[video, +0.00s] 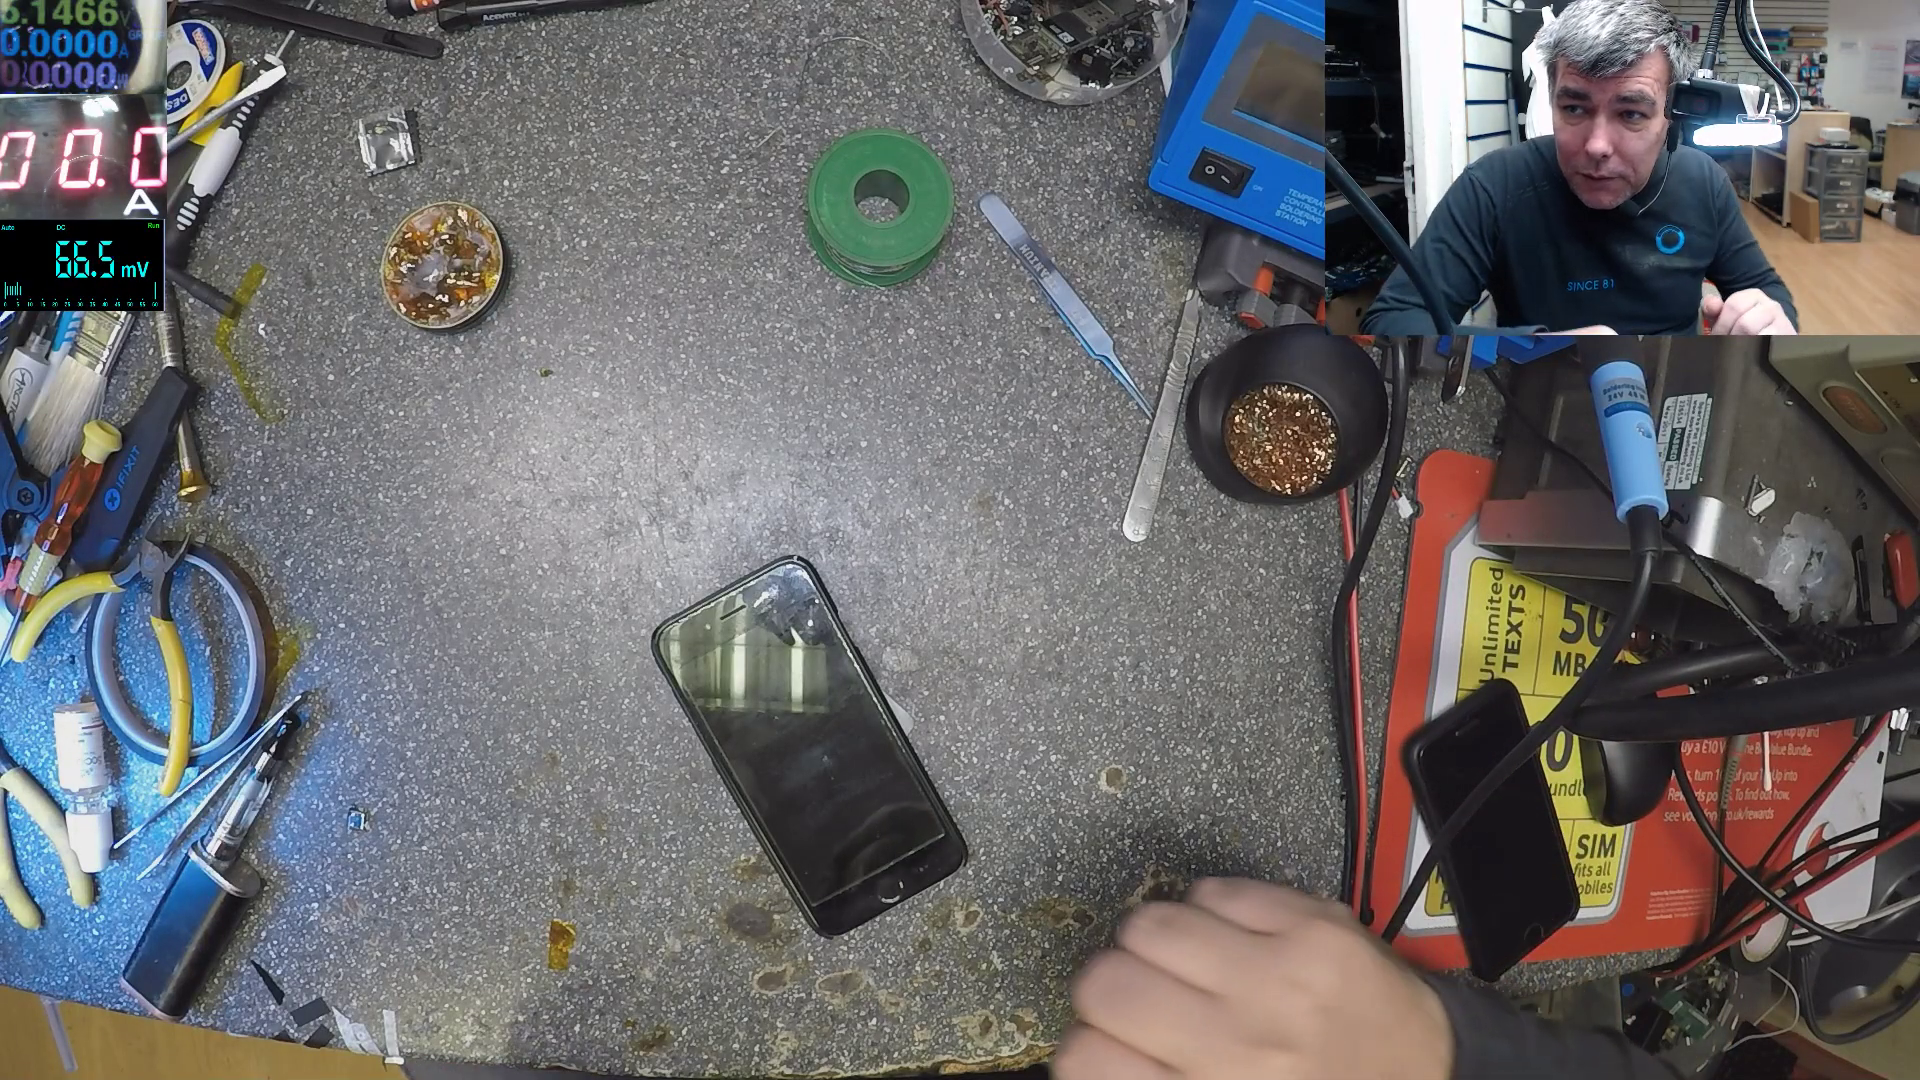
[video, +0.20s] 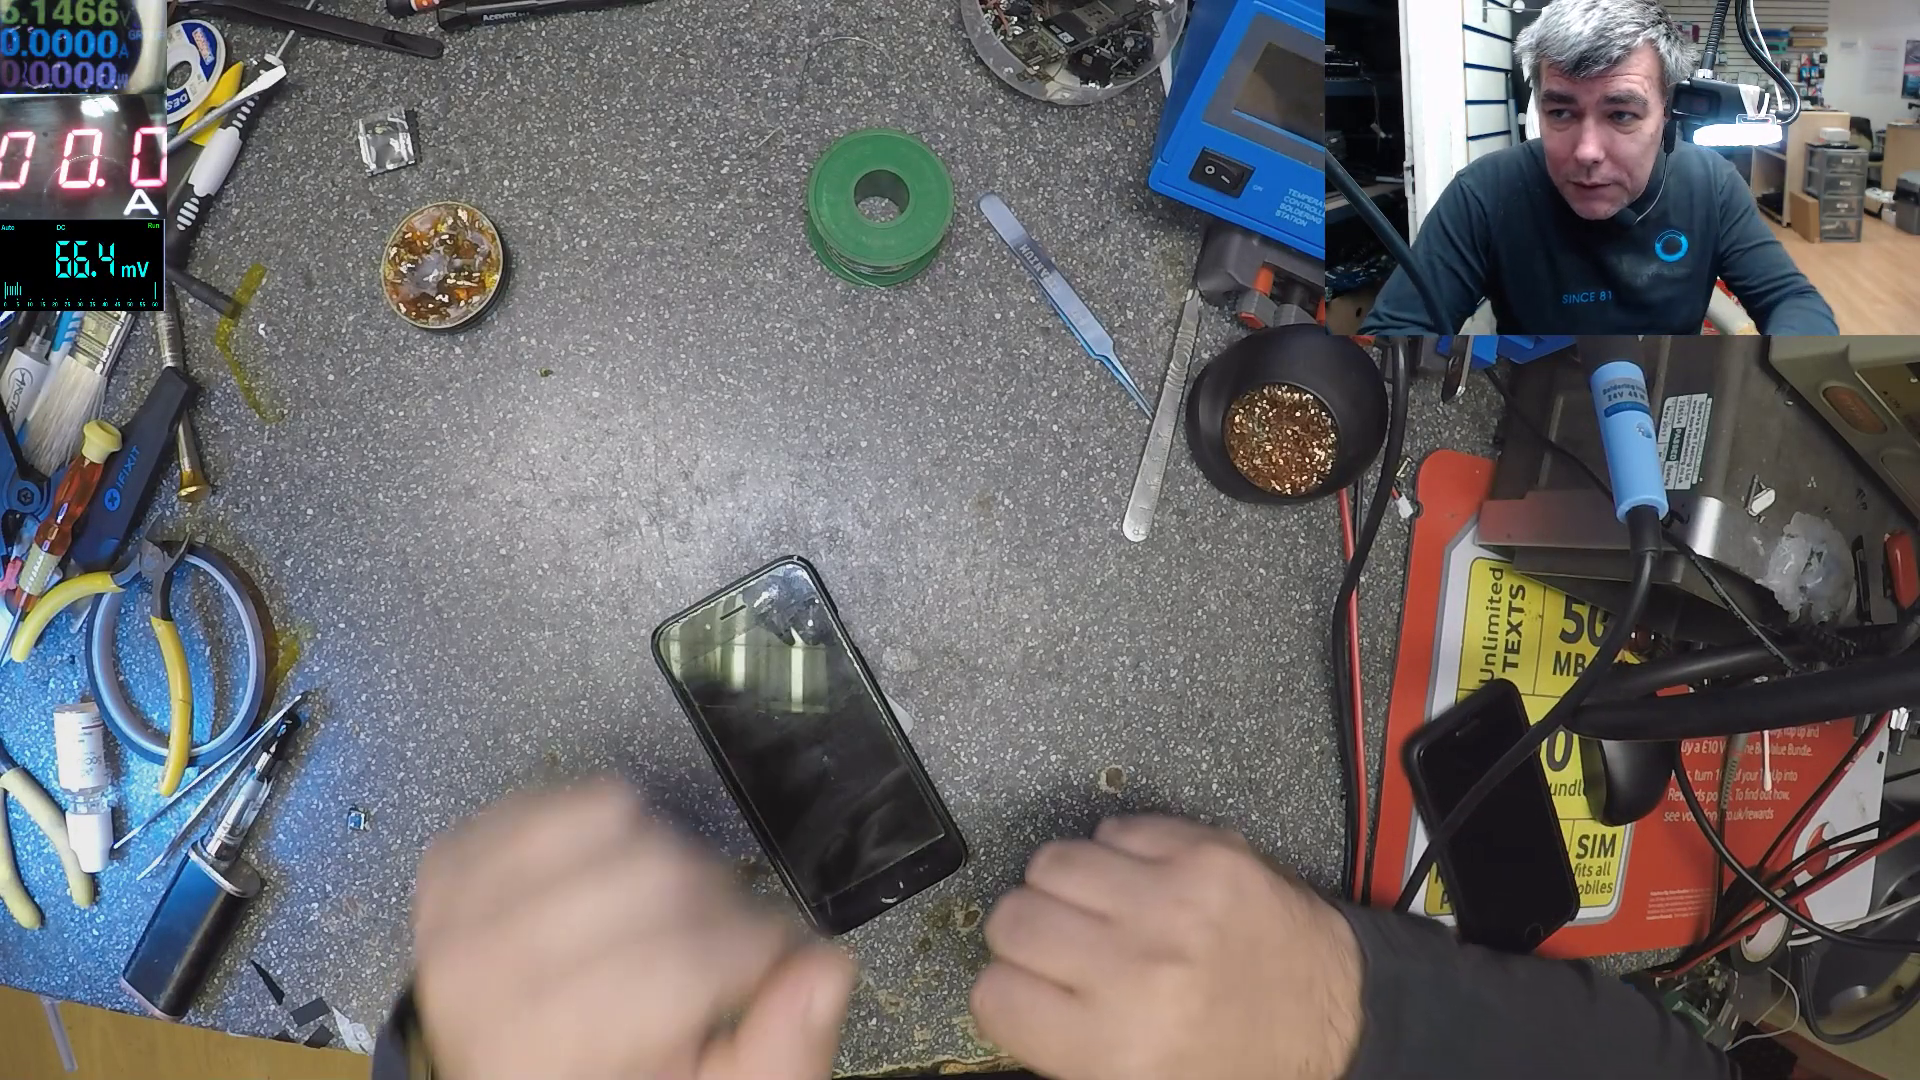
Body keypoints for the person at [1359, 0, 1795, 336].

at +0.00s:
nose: (1597, 146)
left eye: (1631, 114)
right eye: (1575, 109)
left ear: (1667, 114)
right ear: (1551, 103)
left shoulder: (1701, 185)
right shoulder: (1496, 188)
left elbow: (1771, 296)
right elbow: (1395, 315)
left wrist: (1764, 317)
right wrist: (1530, 354)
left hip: (1676, 411)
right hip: (1543, 414)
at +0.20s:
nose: (1588, 153)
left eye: (1622, 115)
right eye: (1562, 112)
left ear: (1666, 114)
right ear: (1535, 109)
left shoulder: (1710, 187)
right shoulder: (1483, 198)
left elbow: (1790, 302)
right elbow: (1391, 335)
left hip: (1675, 415)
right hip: (1535, 418)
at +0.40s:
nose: (1566, 163)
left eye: (1603, 119)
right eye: (1538, 120)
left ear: (1657, 115)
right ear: (1515, 114)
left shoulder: (1716, 195)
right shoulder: (1474, 200)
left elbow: (1813, 334)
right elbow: (1382, 343)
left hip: (1677, 417)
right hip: (1531, 419)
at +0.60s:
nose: (1545, 176)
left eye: (1582, 128)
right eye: (1516, 131)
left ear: (1652, 118)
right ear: (1493, 124)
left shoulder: (1722, 198)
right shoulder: (1464, 205)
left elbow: (1828, 344)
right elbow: (1373, 352)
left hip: (1681, 438)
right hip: (1525, 440)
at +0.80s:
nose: (1541, 170)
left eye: (1578, 120)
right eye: (1508, 125)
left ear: (1648, 112)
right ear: (1486, 119)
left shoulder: (1719, 195)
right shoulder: (1461, 199)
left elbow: (1823, 345)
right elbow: (1375, 349)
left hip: (1678, 436)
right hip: (1521, 437)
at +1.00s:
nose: (1541, 159)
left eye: (1577, 112)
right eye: (1511, 116)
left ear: (1645, 103)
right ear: (1489, 113)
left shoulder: (1719, 192)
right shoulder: (1464, 198)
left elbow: (1817, 340)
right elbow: (1380, 349)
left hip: (1685, 431)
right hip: (1530, 433)